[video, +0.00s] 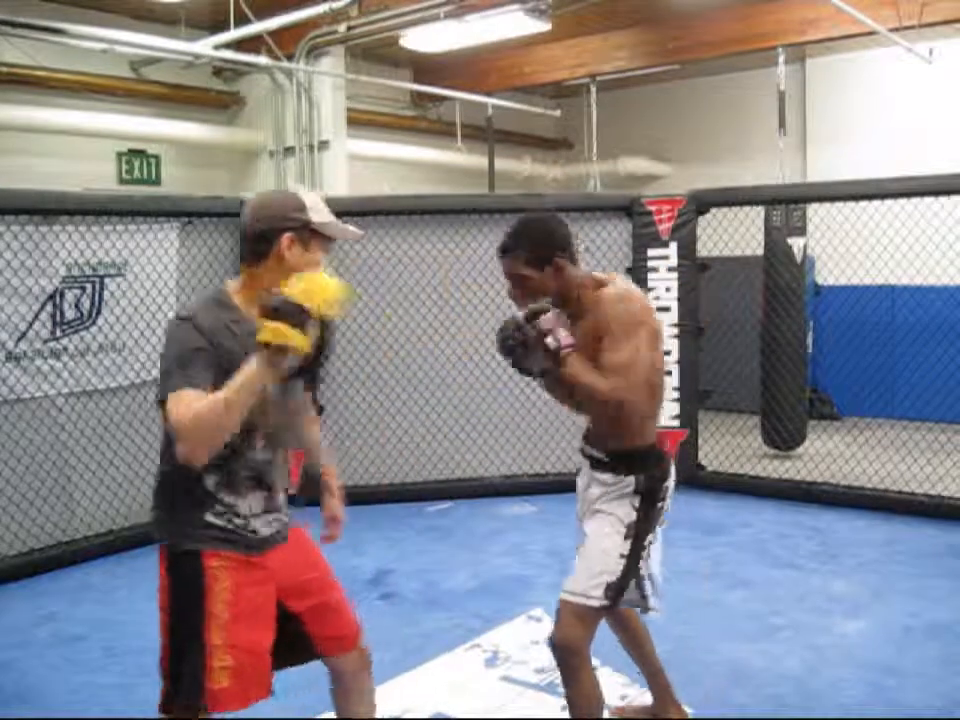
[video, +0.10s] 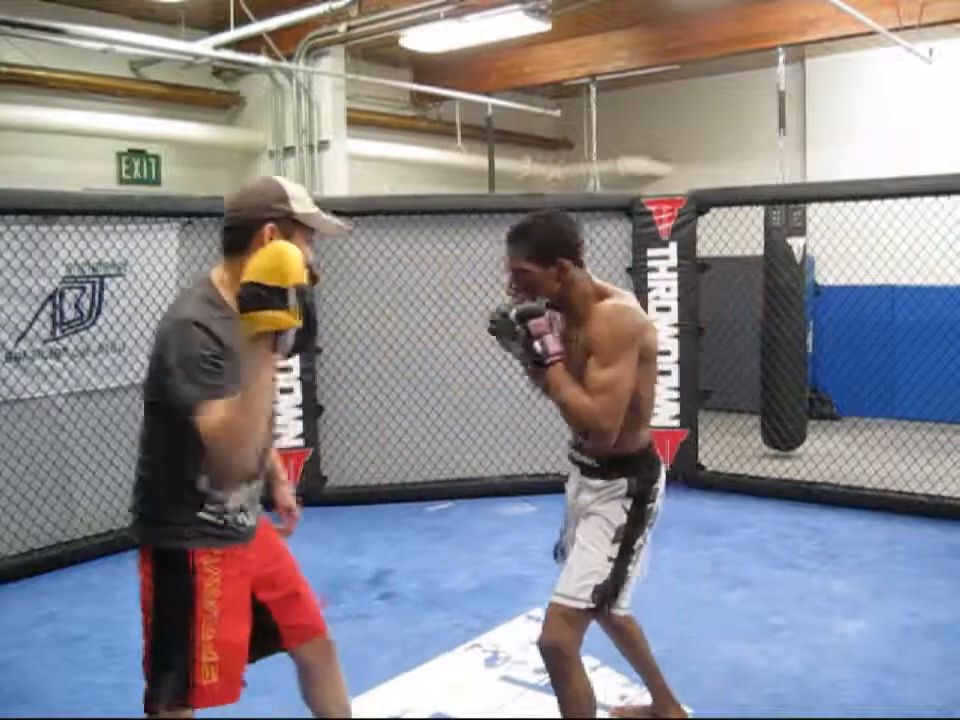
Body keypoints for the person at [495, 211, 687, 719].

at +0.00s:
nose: (514, 294)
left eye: (520, 281)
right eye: (509, 282)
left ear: (558, 267)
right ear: (556, 267)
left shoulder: (623, 307)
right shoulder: (569, 309)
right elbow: (582, 399)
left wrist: (561, 354)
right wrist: (541, 365)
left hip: (633, 481)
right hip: (596, 470)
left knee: (568, 641)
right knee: (611, 601)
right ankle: (667, 703)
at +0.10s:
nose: (513, 286)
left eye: (523, 275)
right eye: (511, 274)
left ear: (562, 269)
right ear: (557, 269)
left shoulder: (615, 317)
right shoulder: (563, 312)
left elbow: (603, 424)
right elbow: (568, 396)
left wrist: (548, 362)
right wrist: (531, 352)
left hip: (625, 484)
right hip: (587, 474)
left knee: (558, 643)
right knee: (602, 605)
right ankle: (666, 703)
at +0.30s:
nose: (512, 277)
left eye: (521, 267)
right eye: (509, 266)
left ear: (559, 253)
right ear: (514, 258)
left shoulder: (624, 286)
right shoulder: (525, 276)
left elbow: (650, 396)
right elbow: (469, 302)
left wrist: (586, 340)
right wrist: (447, 325)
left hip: (616, 460)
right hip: (565, 454)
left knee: (583, 636)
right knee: (613, 592)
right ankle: (663, 696)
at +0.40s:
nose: (516, 275)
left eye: (525, 264)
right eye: (513, 264)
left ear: (563, 251)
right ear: (509, 256)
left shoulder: (625, 283)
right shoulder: (514, 287)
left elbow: (651, 391)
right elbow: (469, 376)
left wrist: (588, 341)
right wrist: (475, 360)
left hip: (611, 458)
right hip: (556, 454)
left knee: (587, 635)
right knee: (590, 592)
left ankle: (601, 713)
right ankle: (647, 682)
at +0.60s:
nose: (497, 270)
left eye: (503, 258)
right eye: (494, 258)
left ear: (543, 248)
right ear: (535, 249)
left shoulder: (605, 290)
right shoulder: (530, 290)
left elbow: (620, 394)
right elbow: (539, 358)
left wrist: (551, 357)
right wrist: (498, 362)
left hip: (589, 459)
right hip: (546, 451)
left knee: (572, 617)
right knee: (552, 593)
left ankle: (591, 712)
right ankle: (579, 698)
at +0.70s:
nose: (488, 260)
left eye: (493, 248)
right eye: (486, 247)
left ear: (529, 241)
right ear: (528, 241)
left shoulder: (589, 296)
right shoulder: (540, 289)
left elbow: (567, 392)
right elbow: (542, 357)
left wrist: (513, 342)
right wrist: (503, 339)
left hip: (581, 456)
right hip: (548, 447)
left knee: (546, 615)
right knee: (559, 595)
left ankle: (582, 710)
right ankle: (573, 697)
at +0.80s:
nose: (474, 256)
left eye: (480, 246)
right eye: (473, 246)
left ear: (513, 241)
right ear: (514, 242)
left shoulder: (561, 289)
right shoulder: (529, 285)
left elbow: (541, 394)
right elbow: (537, 356)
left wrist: (499, 332)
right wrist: (492, 339)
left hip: (584, 449)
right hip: (557, 444)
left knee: (516, 609)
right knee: (541, 574)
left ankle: (530, 712)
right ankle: (587, 685)